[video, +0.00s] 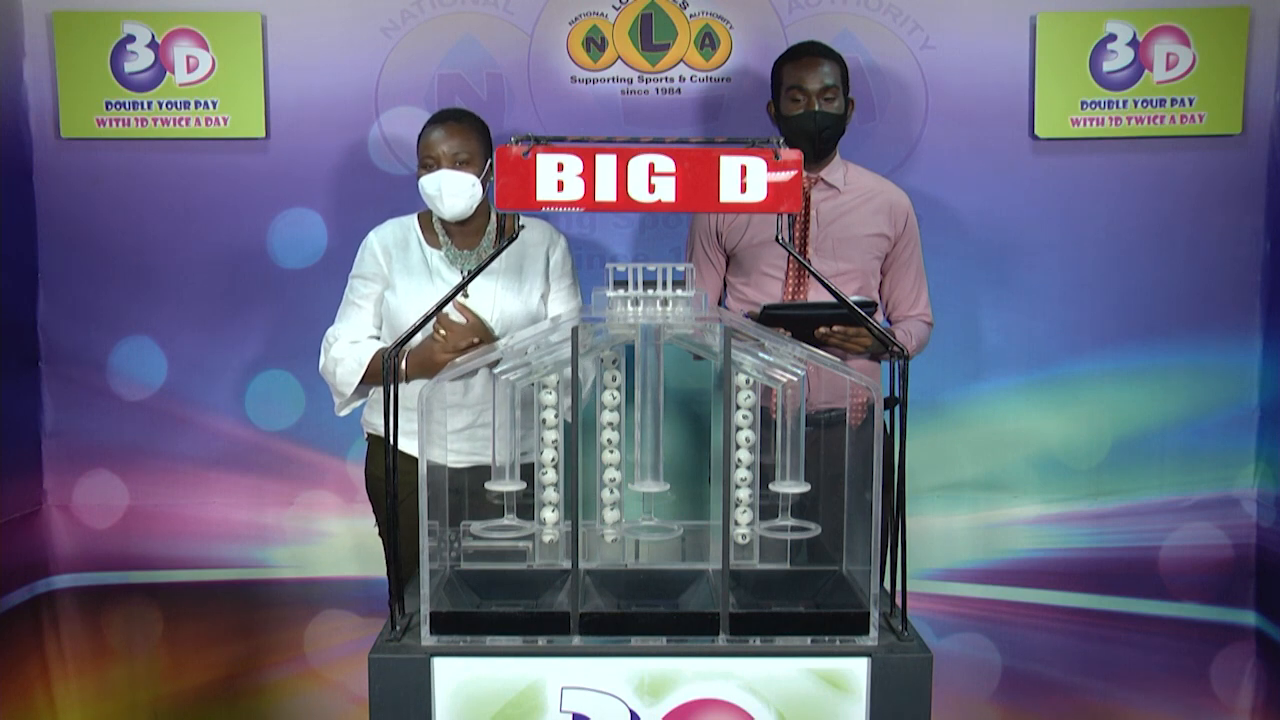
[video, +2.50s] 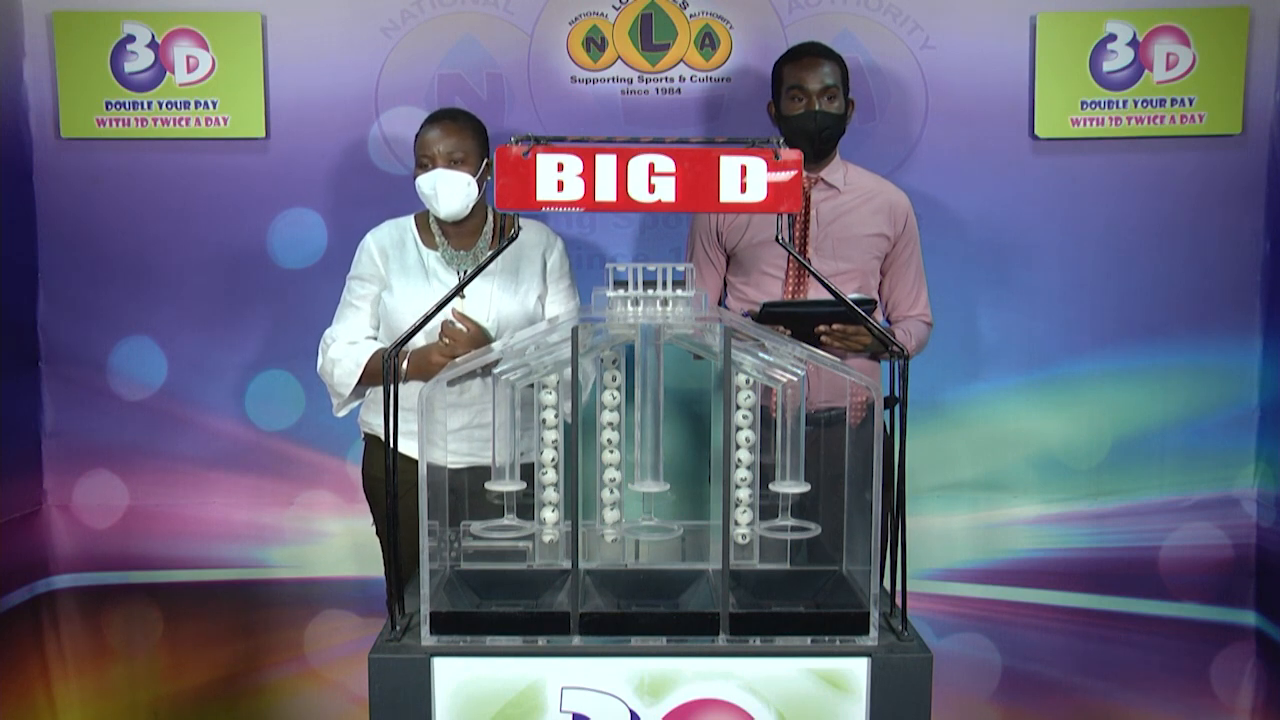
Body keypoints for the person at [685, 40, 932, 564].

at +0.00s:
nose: (813, 108)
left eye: (828, 94)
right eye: (796, 95)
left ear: (848, 108)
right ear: (774, 109)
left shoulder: (888, 204)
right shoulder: (726, 200)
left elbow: (914, 320)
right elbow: (696, 318)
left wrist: (876, 342)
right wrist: (760, 340)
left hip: (843, 416)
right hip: (751, 416)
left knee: (844, 581)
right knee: (753, 579)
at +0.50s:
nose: (812, 107)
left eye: (828, 94)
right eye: (795, 95)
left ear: (848, 108)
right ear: (774, 109)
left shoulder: (888, 205)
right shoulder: (726, 200)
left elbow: (914, 320)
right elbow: (696, 318)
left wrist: (876, 341)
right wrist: (761, 340)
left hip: (843, 415)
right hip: (752, 415)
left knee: (844, 579)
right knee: (753, 577)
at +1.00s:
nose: (812, 107)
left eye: (828, 94)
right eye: (795, 95)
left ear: (848, 108)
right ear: (774, 109)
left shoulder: (887, 205)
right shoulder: (726, 200)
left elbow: (914, 320)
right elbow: (696, 318)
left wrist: (876, 341)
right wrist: (759, 338)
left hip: (843, 416)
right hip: (751, 416)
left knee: (844, 579)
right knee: (753, 578)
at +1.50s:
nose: (813, 107)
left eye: (828, 94)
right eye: (796, 95)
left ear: (848, 108)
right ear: (774, 109)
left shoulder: (887, 205)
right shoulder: (726, 200)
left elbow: (915, 320)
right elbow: (696, 318)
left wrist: (876, 341)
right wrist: (760, 337)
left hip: (843, 417)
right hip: (752, 417)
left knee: (844, 581)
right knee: (753, 579)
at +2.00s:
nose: (814, 107)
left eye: (829, 94)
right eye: (797, 95)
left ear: (848, 108)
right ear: (775, 109)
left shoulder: (888, 205)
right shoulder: (727, 200)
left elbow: (914, 320)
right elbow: (696, 316)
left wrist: (876, 340)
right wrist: (757, 335)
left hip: (843, 415)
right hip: (752, 414)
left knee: (844, 578)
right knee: (753, 576)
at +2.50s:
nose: (813, 107)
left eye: (829, 94)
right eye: (796, 95)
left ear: (848, 108)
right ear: (774, 109)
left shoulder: (888, 205)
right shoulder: (727, 200)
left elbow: (914, 321)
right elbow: (695, 317)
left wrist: (876, 341)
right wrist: (757, 336)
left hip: (843, 416)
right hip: (752, 416)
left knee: (844, 580)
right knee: (753, 579)